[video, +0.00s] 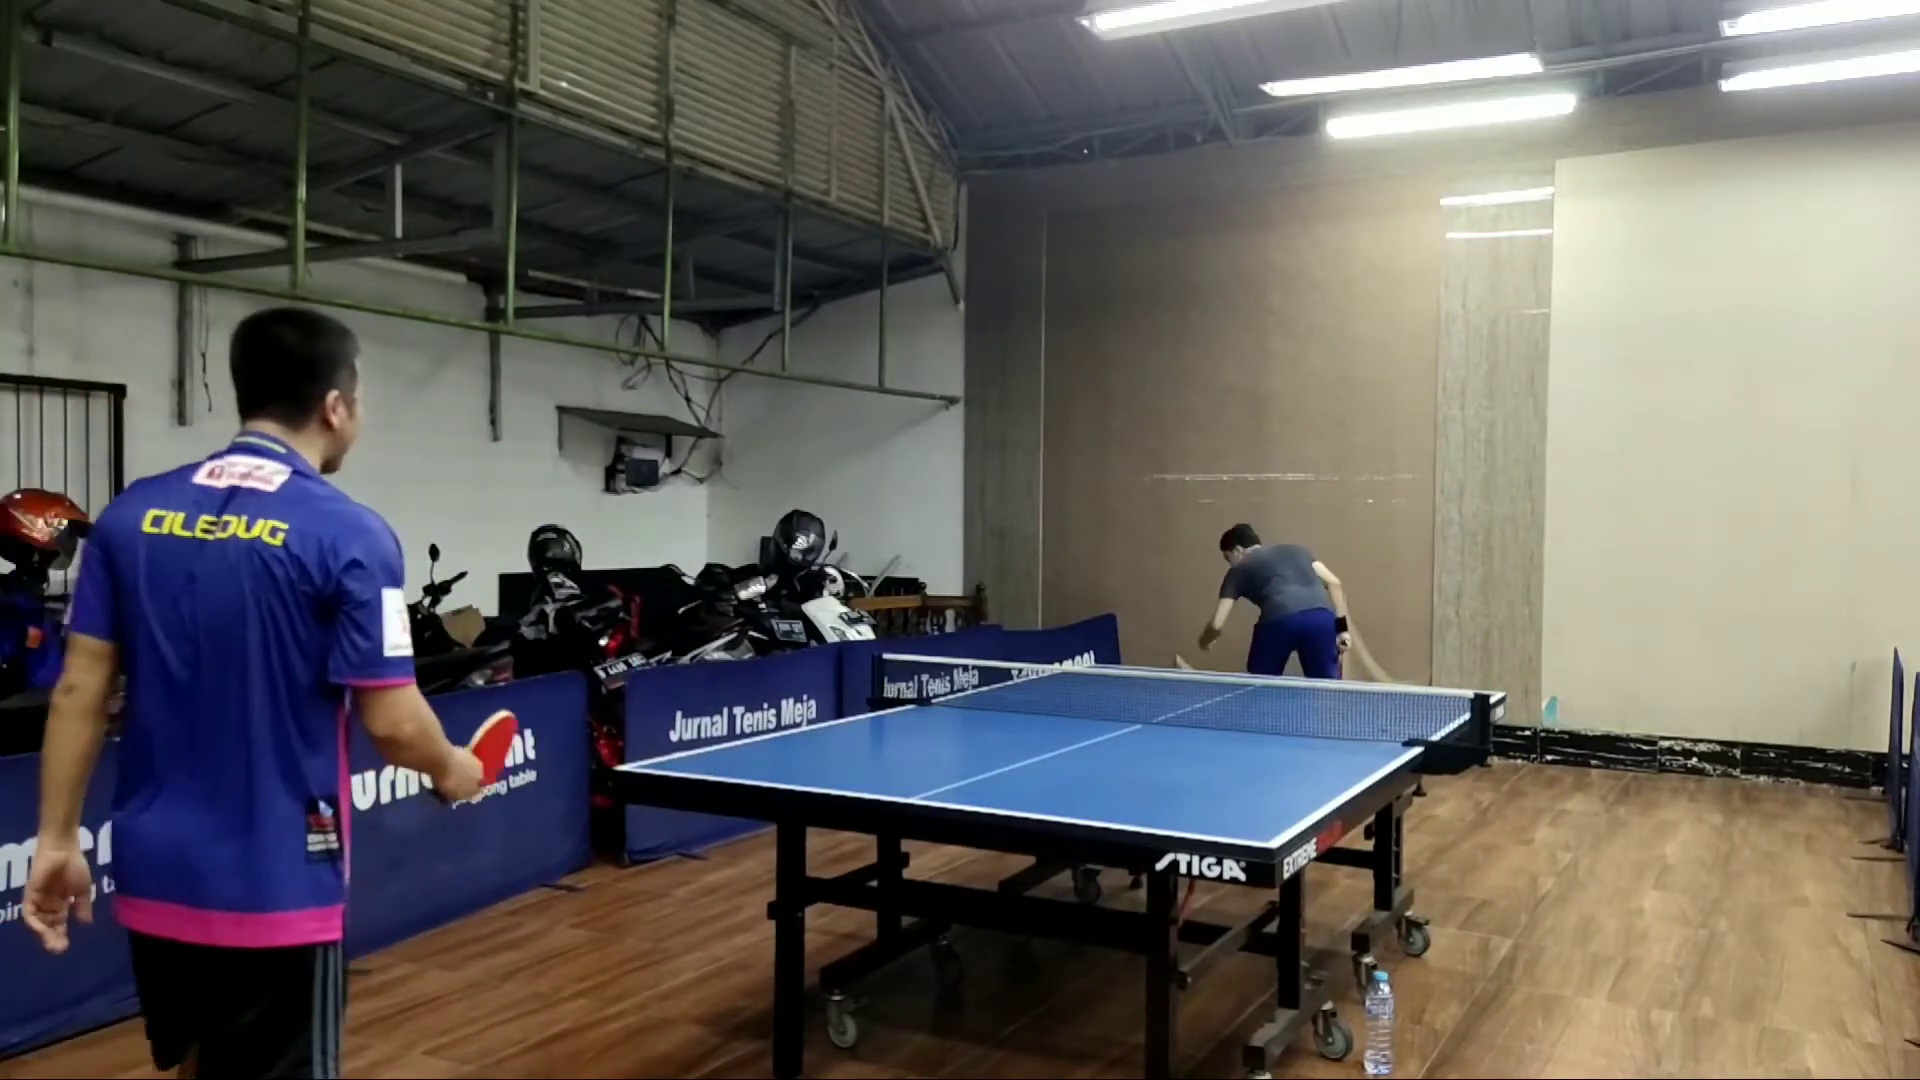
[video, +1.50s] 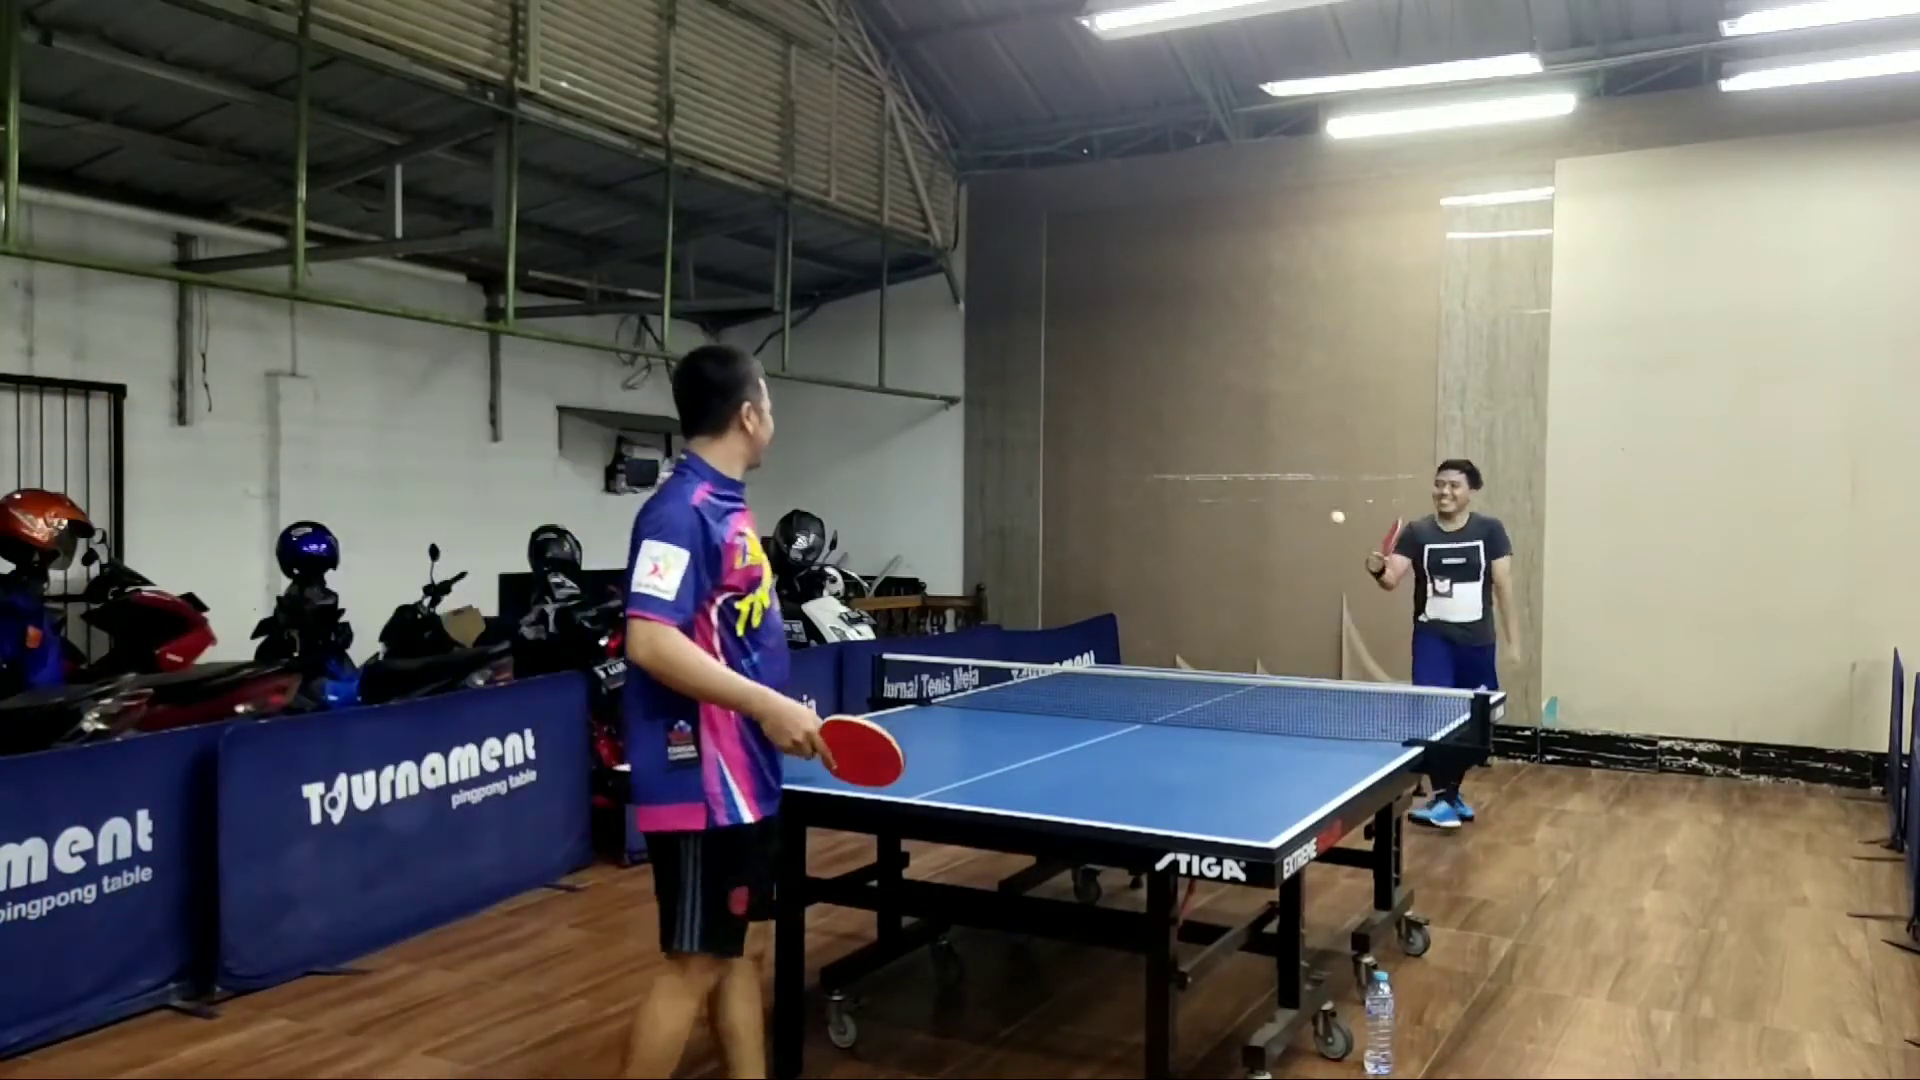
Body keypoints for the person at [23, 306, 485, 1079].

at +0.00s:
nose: (358, 419)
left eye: (358, 399)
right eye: (356, 398)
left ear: (247, 394)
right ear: (334, 405)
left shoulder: (132, 512)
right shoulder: (350, 534)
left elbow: (79, 691)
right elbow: (392, 720)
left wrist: (57, 838)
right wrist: (449, 764)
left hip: (153, 886)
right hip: (279, 900)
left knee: (195, 1061)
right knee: (285, 1065)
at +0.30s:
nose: (436, 411)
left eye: (434, 393)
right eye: (431, 392)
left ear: (338, 400)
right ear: (399, 400)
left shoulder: (255, 512)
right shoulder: (393, 507)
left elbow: (226, 667)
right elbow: (401, 676)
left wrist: (222, 802)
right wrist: (445, 831)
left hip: (272, 837)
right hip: (371, 841)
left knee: (297, 1022)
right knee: (437, 1017)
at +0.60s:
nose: (534, 415)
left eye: (531, 400)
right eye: (516, 401)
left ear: (465, 419)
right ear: (463, 417)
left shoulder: (417, 499)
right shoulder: (445, 516)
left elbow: (407, 663)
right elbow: (406, 668)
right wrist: (434, 817)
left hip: (395, 809)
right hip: (478, 814)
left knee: (357, 999)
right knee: (537, 996)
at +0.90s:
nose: (639, 424)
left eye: (636, 408)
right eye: (634, 409)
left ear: (561, 419)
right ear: (608, 420)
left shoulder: (527, 503)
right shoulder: (570, 529)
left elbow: (529, 669)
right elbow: (550, 687)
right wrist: (604, 820)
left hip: (536, 794)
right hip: (588, 801)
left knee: (561, 949)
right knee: (625, 971)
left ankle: (457, 1071)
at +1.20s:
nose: (715, 418)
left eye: (711, 402)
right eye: (711, 402)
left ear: (641, 412)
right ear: (691, 412)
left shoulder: (660, 504)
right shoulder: (634, 513)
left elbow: (654, 650)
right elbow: (635, 658)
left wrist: (717, 719)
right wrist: (757, 726)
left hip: (672, 773)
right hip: (624, 788)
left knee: (709, 932)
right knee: (635, 977)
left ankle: (713, 1074)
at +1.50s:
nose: (770, 418)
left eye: (766, 403)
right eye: (767, 404)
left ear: (699, 413)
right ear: (749, 413)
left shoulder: (723, 505)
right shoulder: (678, 511)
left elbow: (713, 641)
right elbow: (649, 640)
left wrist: (781, 713)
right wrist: (766, 703)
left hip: (736, 773)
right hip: (692, 782)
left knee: (738, 953)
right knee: (693, 963)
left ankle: (750, 1074)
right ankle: (641, 1074)